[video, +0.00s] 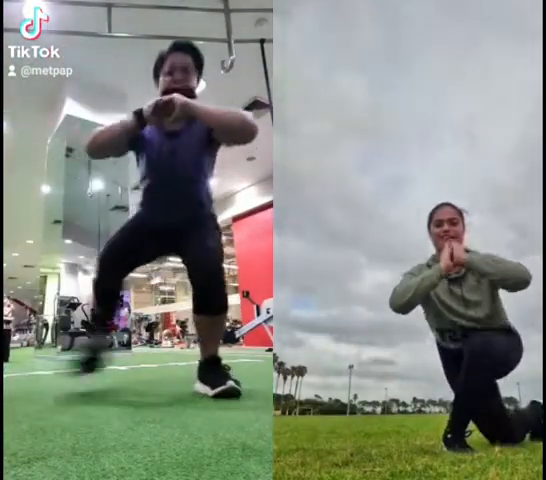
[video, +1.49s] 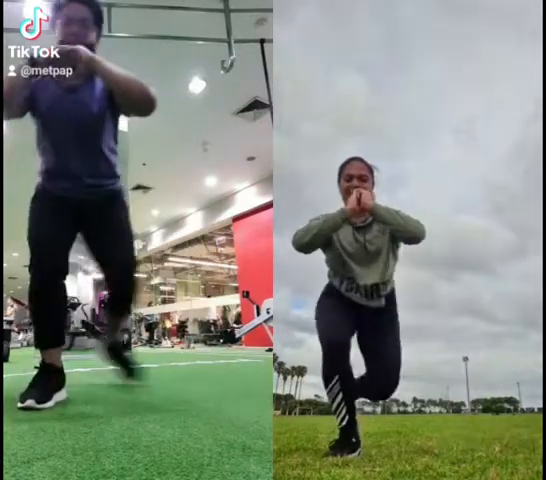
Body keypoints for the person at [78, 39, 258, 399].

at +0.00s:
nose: (176, 78)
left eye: (185, 72)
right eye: (169, 72)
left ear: (197, 80)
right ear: (157, 80)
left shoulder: (207, 123)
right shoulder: (143, 125)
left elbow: (247, 130)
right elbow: (94, 147)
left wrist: (193, 109)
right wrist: (138, 120)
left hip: (197, 224)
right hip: (152, 222)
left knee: (210, 281)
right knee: (110, 262)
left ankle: (211, 367)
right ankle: (99, 334)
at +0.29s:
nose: (174, 112)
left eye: (182, 106)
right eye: (168, 105)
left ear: (194, 115)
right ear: (156, 113)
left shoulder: (204, 154)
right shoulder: (144, 158)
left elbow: (249, 169)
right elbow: (118, 200)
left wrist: (192, 141)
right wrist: (148, 156)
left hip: (204, 236)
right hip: (161, 239)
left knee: (202, 277)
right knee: (166, 309)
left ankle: (207, 363)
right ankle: (186, 354)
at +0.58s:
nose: (164, 107)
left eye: (171, 100)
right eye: (157, 100)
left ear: (184, 109)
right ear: (146, 110)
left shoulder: (196, 148)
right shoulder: (137, 157)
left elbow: (240, 174)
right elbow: (114, 199)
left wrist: (185, 148)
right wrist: (140, 156)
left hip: (201, 236)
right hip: (159, 242)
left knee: (202, 275)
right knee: (166, 313)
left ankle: (207, 364)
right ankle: (185, 354)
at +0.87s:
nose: (148, 58)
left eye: (157, 51)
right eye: (141, 52)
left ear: (169, 59)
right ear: (130, 60)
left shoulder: (183, 102)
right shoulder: (120, 109)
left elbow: (225, 114)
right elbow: (77, 138)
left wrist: (170, 92)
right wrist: (114, 99)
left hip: (181, 208)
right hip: (136, 208)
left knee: (194, 276)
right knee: (97, 256)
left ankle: (206, 366)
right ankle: (91, 343)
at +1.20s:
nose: (109, 60)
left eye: (118, 53)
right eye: (101, 53)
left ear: (132, 62)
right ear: (89, 61)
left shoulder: (141, 110)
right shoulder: (76, 113)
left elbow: (177, 137)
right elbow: (34, 145)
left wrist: (126, 99)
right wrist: (73, 103)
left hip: (142, 218)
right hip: (91, 218)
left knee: (177, 284)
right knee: (58, 276)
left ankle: (205, 368)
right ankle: (51, 372)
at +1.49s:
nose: (74, 30)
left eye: (83, 24)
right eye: (67, 22)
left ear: (96, 33)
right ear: (54, 27)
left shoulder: (106, 77)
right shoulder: (40, 76)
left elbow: (146, 104)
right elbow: (8, 110)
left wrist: (94, 65)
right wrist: (24, 72)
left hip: (104, 195)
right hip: (54, 194)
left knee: (124, 273)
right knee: (44, 278)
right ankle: (51, 371)